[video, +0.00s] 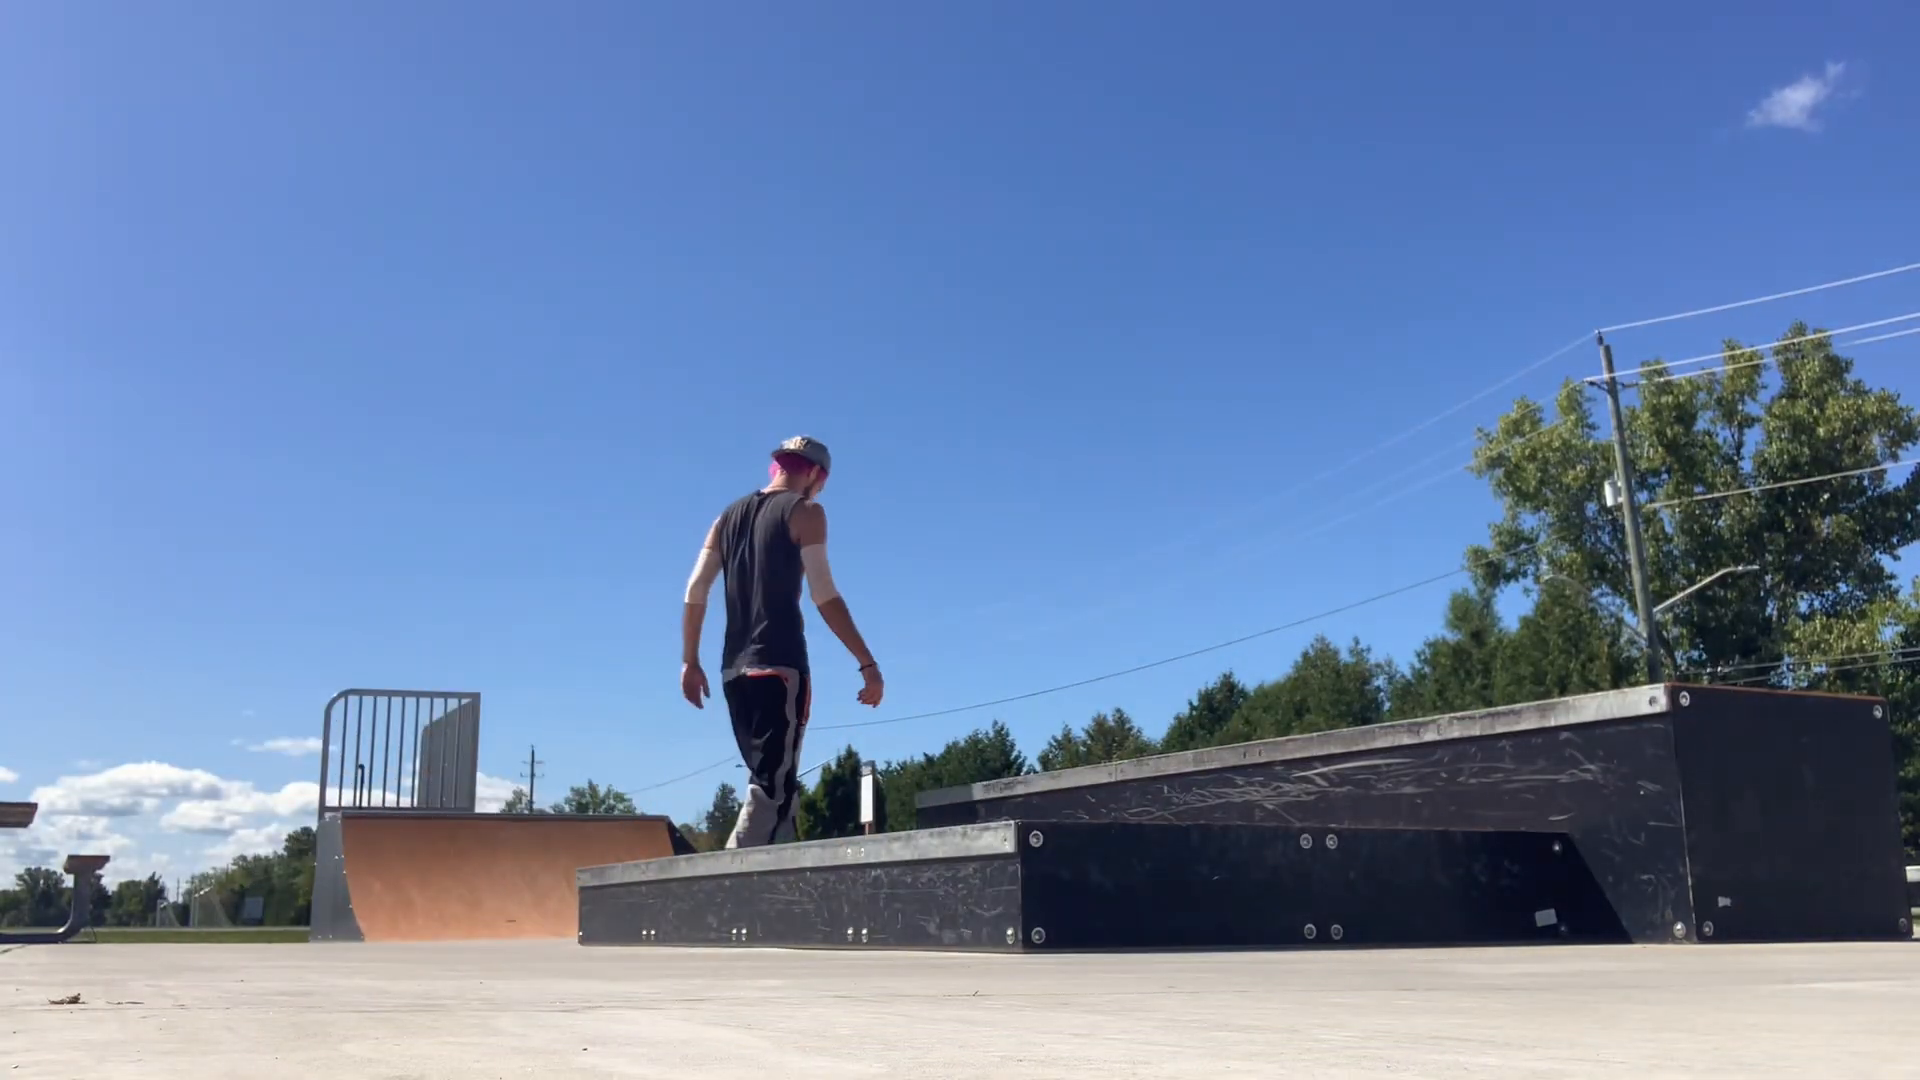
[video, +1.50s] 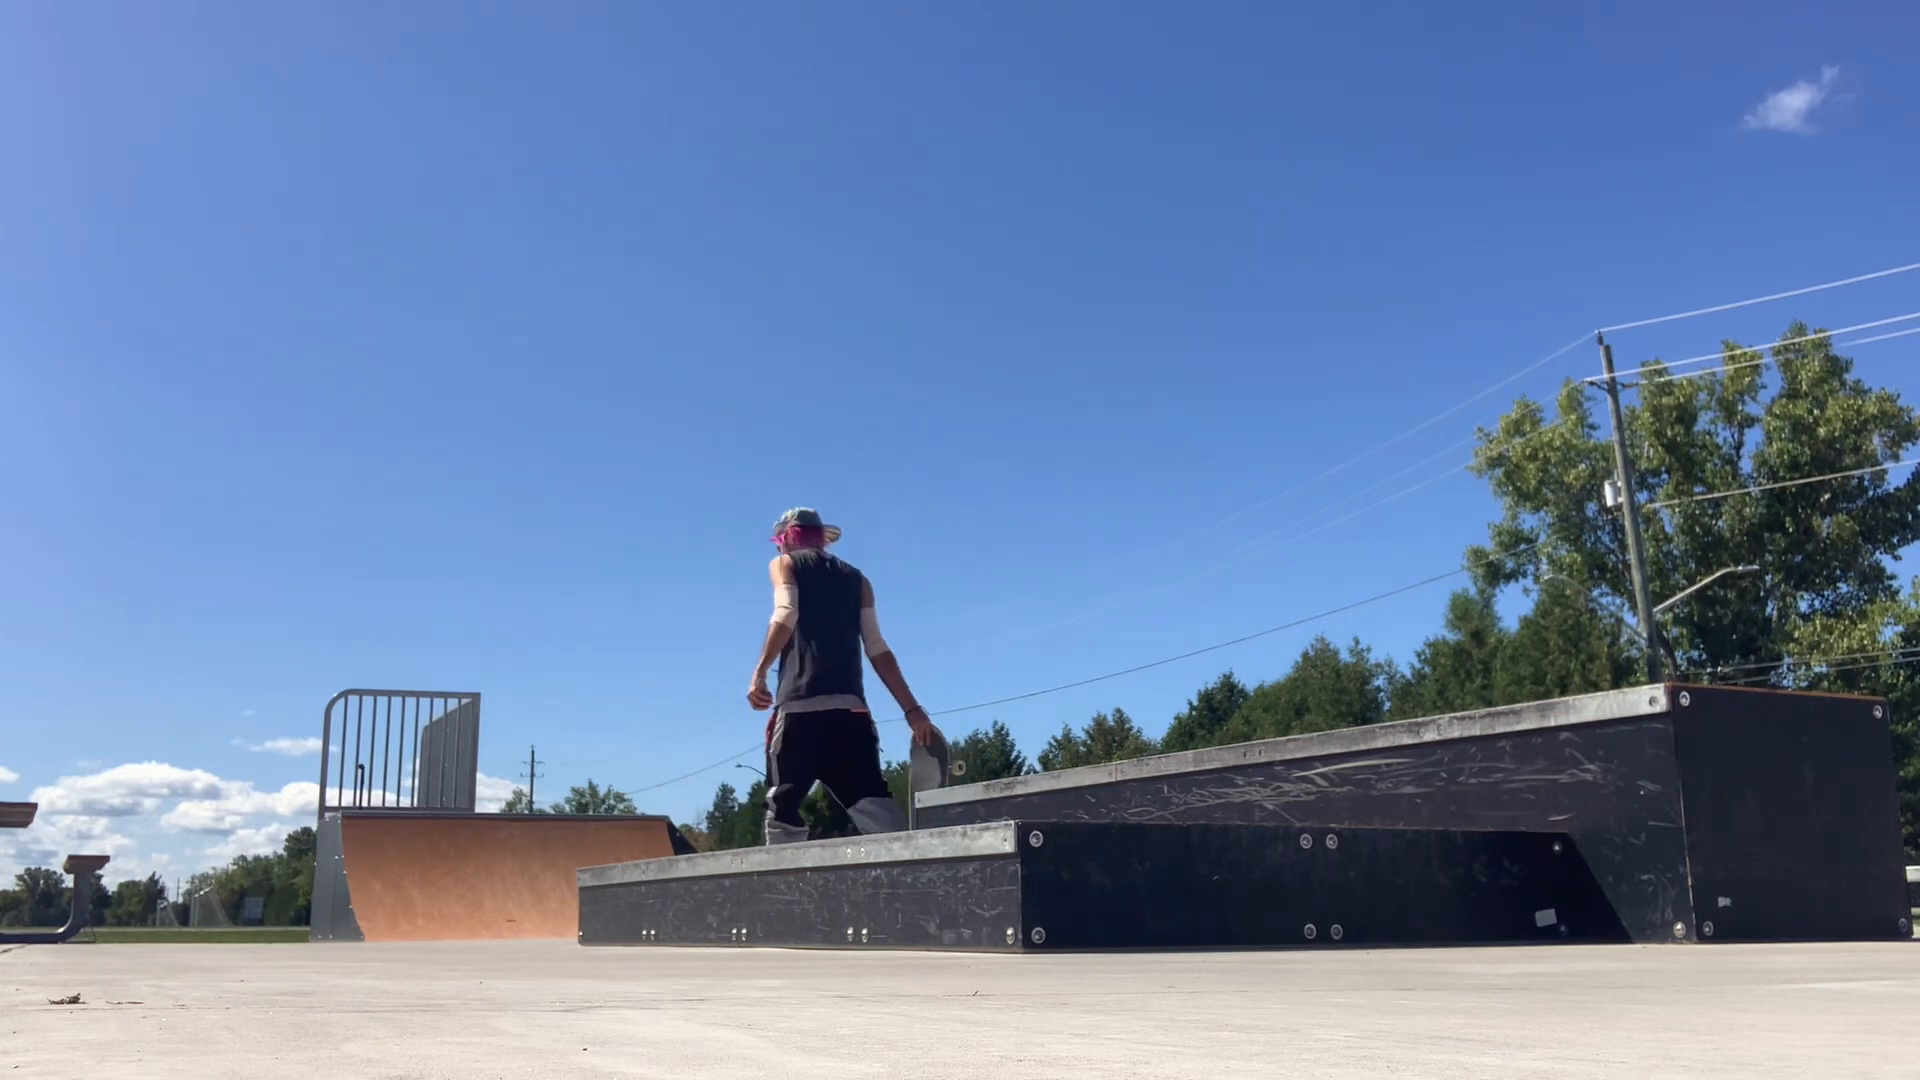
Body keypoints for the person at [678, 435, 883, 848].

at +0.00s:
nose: (819, 493)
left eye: (820, 485)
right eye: (822, 484)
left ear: (774, 470)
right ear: (815, 476)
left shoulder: (728, 517)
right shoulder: (802, 511)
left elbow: (695, 592)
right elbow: (824, 596)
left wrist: (689, 661)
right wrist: (867, 662)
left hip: (734, 669)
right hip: (779, 665)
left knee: (777, 787)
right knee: (770, 784)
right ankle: (732, 879)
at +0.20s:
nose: (850, 512)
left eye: (849, 506)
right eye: (851, 506)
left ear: (805, 500)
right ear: (846, 502)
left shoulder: (770, 544)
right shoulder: (845, 536)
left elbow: (737, 610)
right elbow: (866, 612)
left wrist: (744, 673)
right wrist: (898, 654)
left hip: (785, 692)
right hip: (830, 688)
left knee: (830, 796)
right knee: (830, 797)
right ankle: (766, 861)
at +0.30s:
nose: (864, 515)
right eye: (865, 509)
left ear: (820, 506)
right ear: (860, 506)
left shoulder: (787, 546)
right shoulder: (864, 539)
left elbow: (759, 616)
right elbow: (877, 617)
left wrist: (786, 665)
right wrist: (881, 654)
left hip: (805, 698)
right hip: (849, 693)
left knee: (841, 798)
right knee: (883, 790)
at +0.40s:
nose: (876, 514)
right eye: (876, 509)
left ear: (832, 504)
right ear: (871, 505)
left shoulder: (800, 540)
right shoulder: (877, 534)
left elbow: (773, 611)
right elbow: (886, 606)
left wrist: (810, 647)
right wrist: (877, 648)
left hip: (817, 689)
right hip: (867, 684)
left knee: (839, 789)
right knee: (906, 761)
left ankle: (844, 883)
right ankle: (866, 819)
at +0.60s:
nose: (892, 532)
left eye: (892, 529)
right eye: (892, 527)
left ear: (847, 525)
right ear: (885, 524)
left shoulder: (818, 552)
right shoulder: (901, 549)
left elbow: (788, 608)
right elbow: (916, 614)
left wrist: (809, 669)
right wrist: (914, 663)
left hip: (838, 691)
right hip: (892, 684)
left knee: (855, 790)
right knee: (921, 742)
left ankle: (857, 882)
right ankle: (917, 818)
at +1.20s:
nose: (844, 543)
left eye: (845, 538)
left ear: (851, 535)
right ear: (887, 537)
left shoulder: (838, 550)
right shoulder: (915, 571)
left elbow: (835, 589)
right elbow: (933, 639)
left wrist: (804, 642)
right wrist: (950, 704)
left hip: (844, 706)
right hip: (897, 706)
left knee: (835, 814)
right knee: (906, 812)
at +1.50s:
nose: (778, 548)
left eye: (778, 543)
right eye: (778, 543)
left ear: (787, 539)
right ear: (823, 539)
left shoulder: (783, 563)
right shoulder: (855, 577)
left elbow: (786, 616)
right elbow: (877, 650)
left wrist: (759, 674)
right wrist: (912, 709)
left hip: (796, 720)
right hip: (851, 718)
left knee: (782, 814)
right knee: (875, 810)